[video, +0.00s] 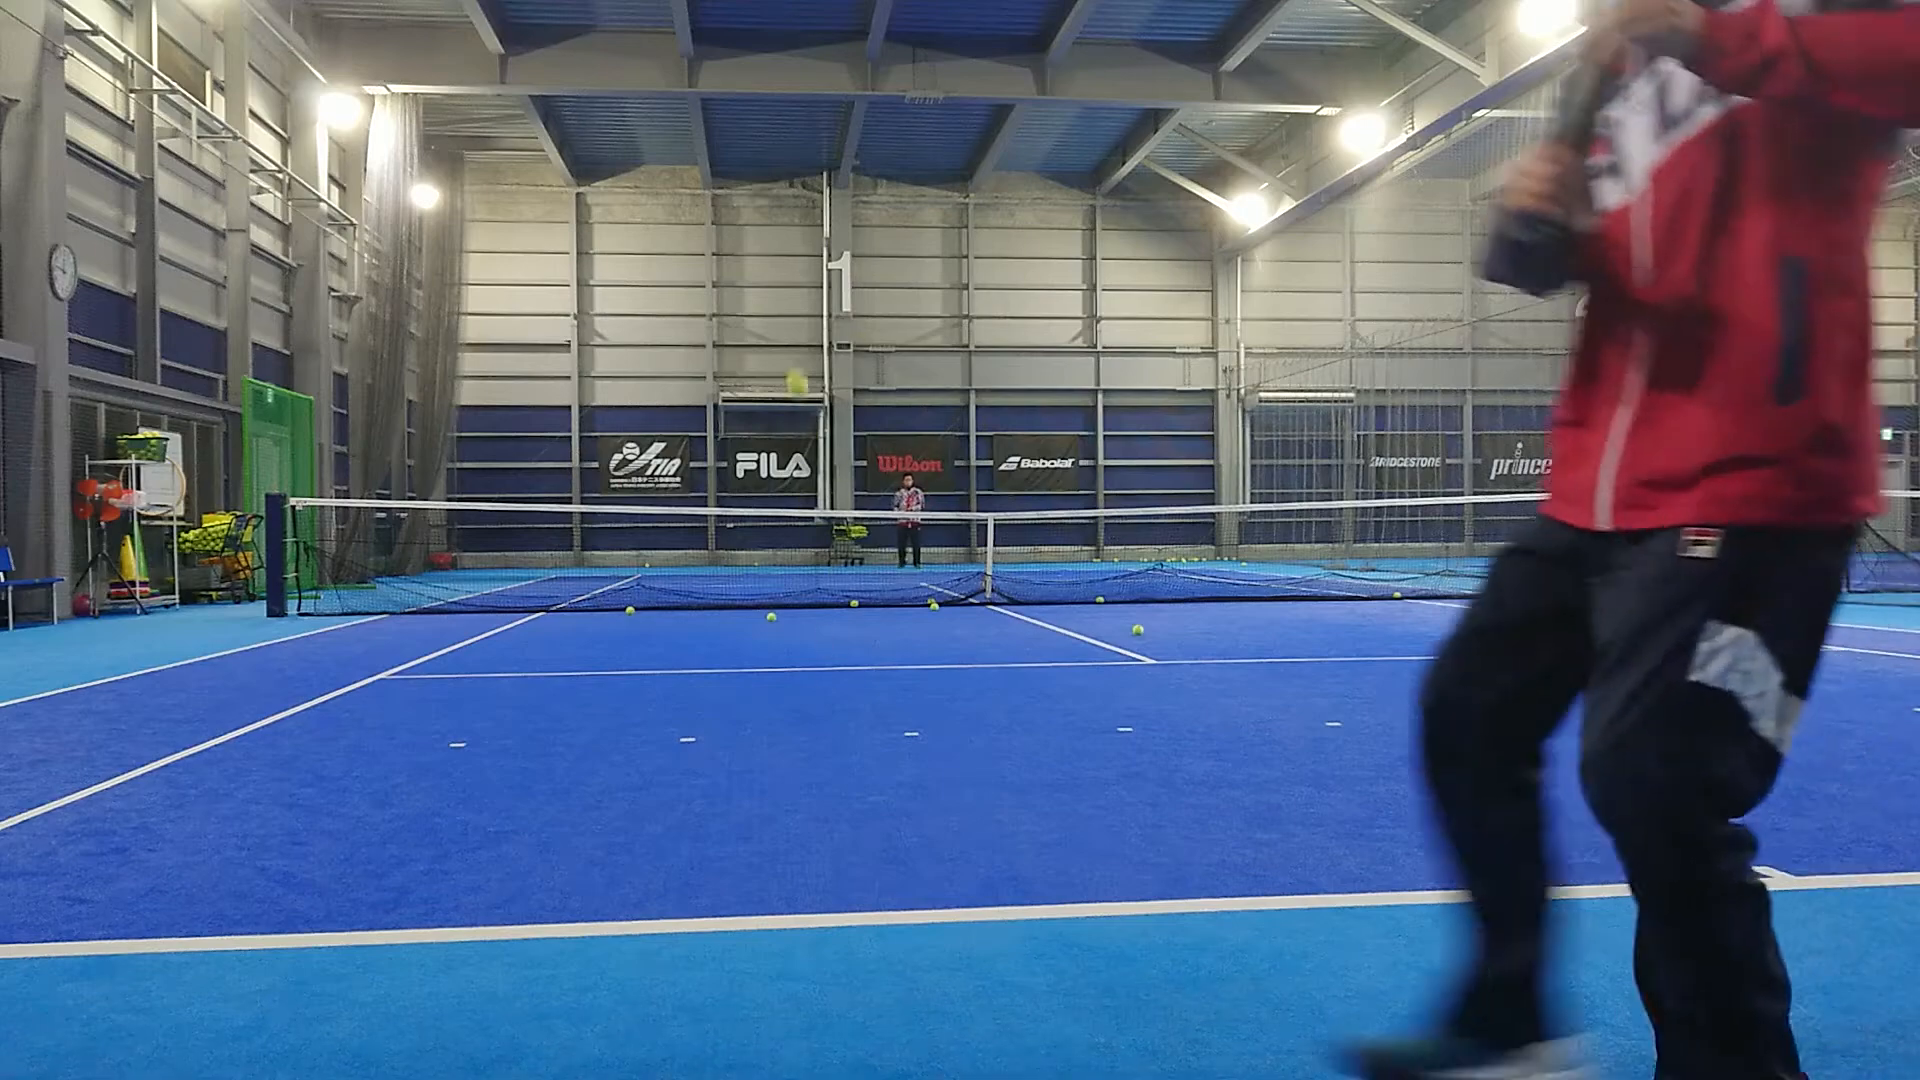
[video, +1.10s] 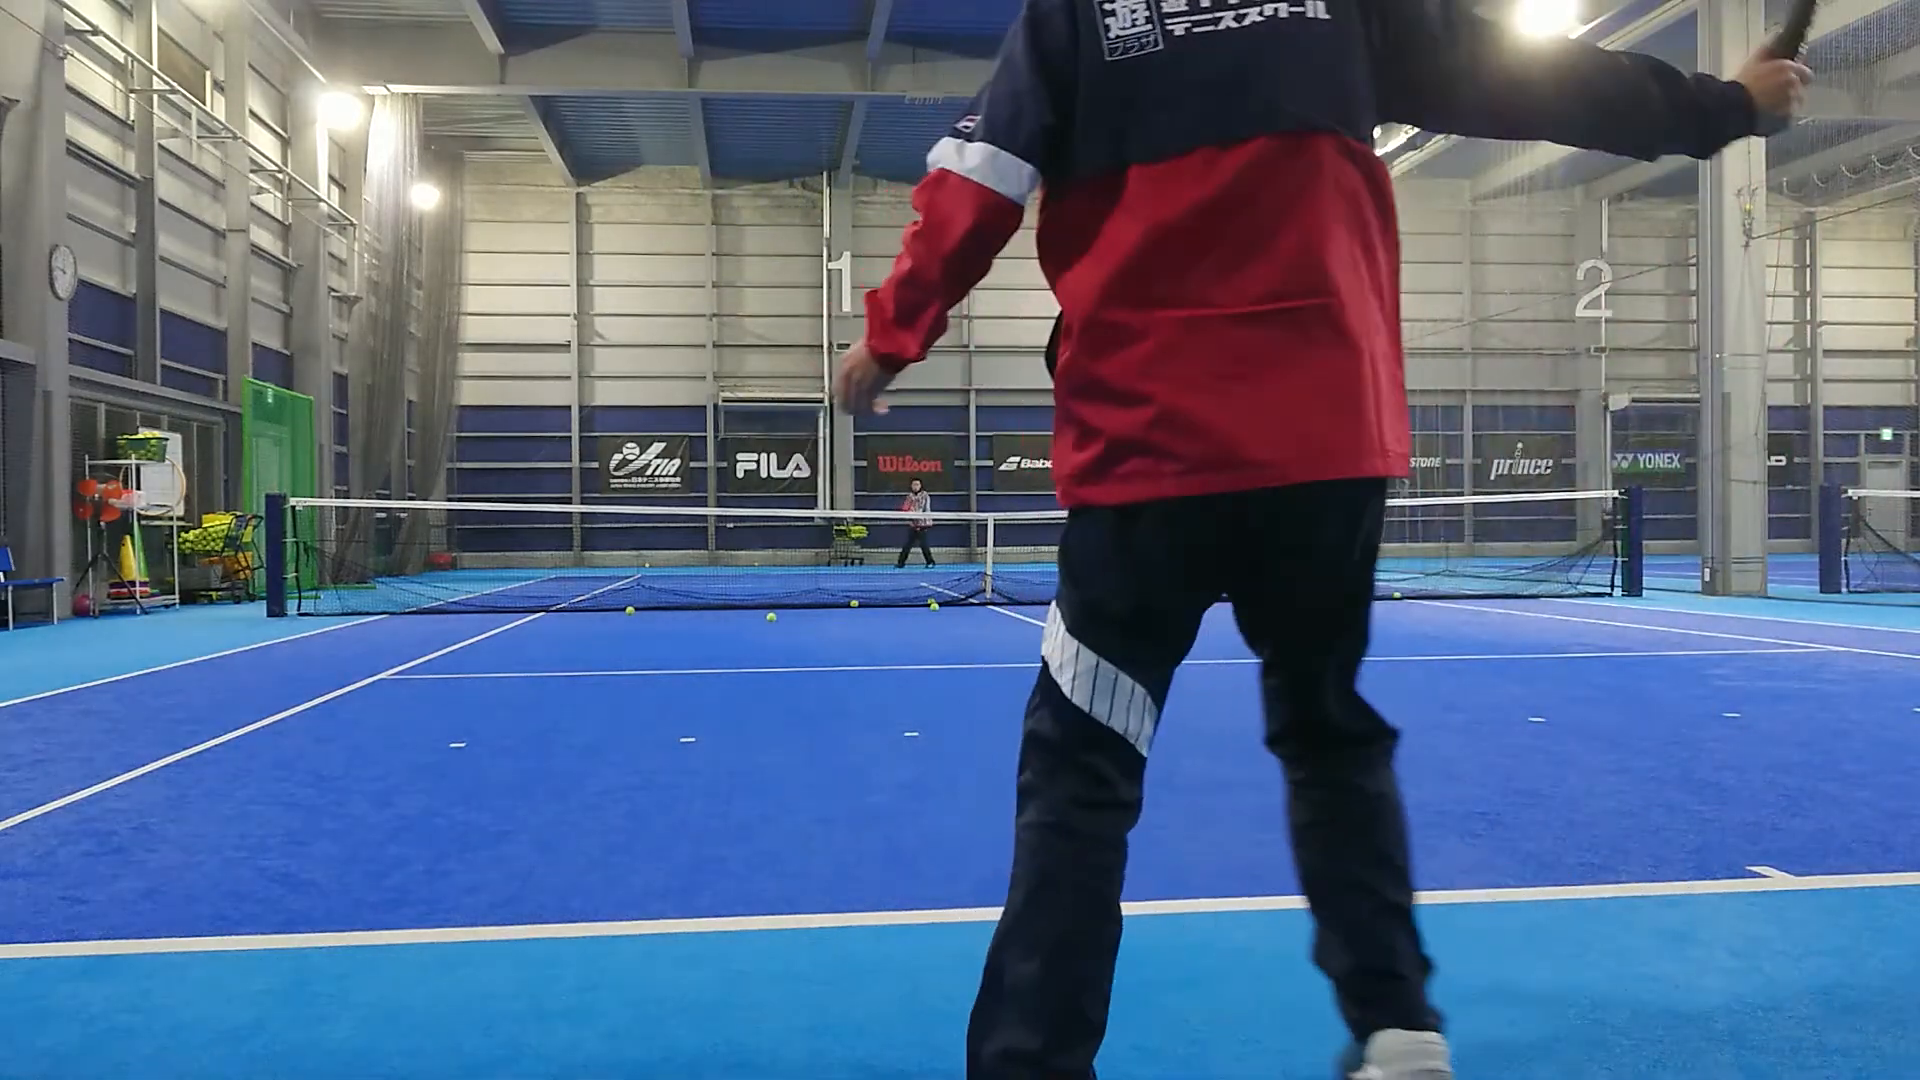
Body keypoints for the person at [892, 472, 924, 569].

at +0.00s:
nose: (908, 482)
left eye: (910, 480)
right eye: (906, 480)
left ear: (913, 481)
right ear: (903, 482)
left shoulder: (918, 493)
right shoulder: (899, 494)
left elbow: (921, 505)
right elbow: (895, 506)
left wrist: (912, 509)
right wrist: (900, 514)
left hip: (915, 521)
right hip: (902, 522)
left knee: (916, 544)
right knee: (901, 544)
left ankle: (916, 562)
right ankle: (902, 562)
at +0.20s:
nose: (908, 482)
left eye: (909, 480)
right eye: (906, 480)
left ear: (912, 481)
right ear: (903, 481)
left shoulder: (917, 493)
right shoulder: (899, 493)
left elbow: (921, 505)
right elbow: (895, 506)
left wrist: (911, 508)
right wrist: (900, 514)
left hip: (914, 521)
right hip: (902, 521)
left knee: (916, 544)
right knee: (900, 544)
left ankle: (917, 562)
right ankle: (900, 562)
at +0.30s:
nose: (906, 482)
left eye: (907, 480)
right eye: (904, 480)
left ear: (911, 481)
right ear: (900, 482)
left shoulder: (916, 492)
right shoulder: (898, 493)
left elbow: (919, 505)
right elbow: (893, 504)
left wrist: (910, 509)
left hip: (914, 521)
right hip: (901, 522)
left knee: (916, 544)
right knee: (900, 545)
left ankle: (917, 562)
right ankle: (899, 563)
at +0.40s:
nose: (904, 482)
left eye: (905, 480)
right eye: (902, 480)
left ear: (908, 481)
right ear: (898, 482)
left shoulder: (914, 492)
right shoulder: (896, 494)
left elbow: (918, 505)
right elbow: (892, 505)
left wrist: (910, 511)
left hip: (913, 522)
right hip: (901, 522)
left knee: (916, 545)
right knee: (899, 545)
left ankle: (916, 562)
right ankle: (899, 563)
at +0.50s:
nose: (902, 482)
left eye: (904, 480)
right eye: (900, 480)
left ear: (907, 482)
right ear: (897, 482)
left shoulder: (912, 492)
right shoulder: (894, 494)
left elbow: (916, 504)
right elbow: (890, 507)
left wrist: (908, 510)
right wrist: (898, 512)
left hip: (912, 522)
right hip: (900, 522)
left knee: (915, 544)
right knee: (899, 545)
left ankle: (916, 562)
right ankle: (898, 563)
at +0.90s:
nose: (907, 484)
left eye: (909, 482)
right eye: (905, 482)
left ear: (911, 483)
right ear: (902, 484)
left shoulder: (916, 495)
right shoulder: (899, 495)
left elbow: (919, 508)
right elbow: (894, 508)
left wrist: (919, 520)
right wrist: (899, 518)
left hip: (914, 523)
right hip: (902, 523)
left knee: (919, 544)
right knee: (900, 545)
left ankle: (926, 561)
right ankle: (898, 563)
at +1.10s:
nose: (915, 487)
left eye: (917, 484)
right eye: (913, 484)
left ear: (921, 486)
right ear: (911, 486)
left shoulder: (925, 496)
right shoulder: (910, 496)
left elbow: (927, 509)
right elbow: (905, 508)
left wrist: (927, 521)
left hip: (923, 523)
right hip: (913, 524)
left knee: (923, 545)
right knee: (908, 544)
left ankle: (930, 562)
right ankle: (901, 562)